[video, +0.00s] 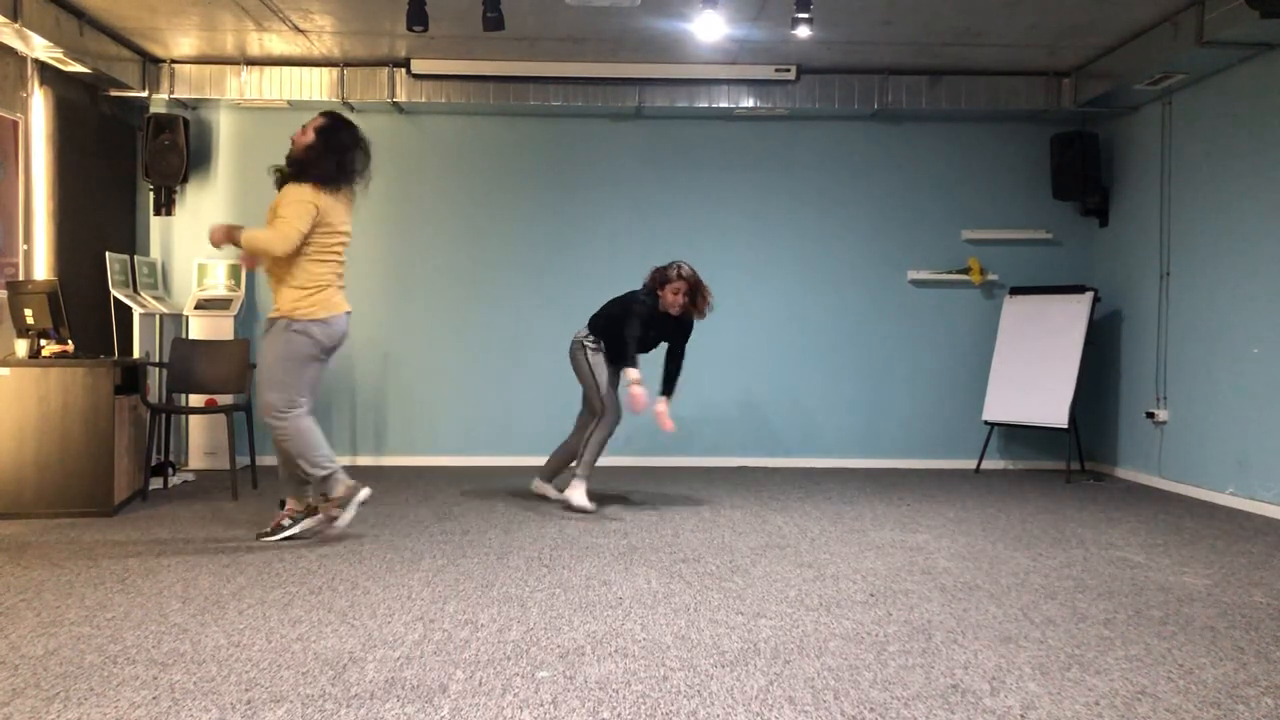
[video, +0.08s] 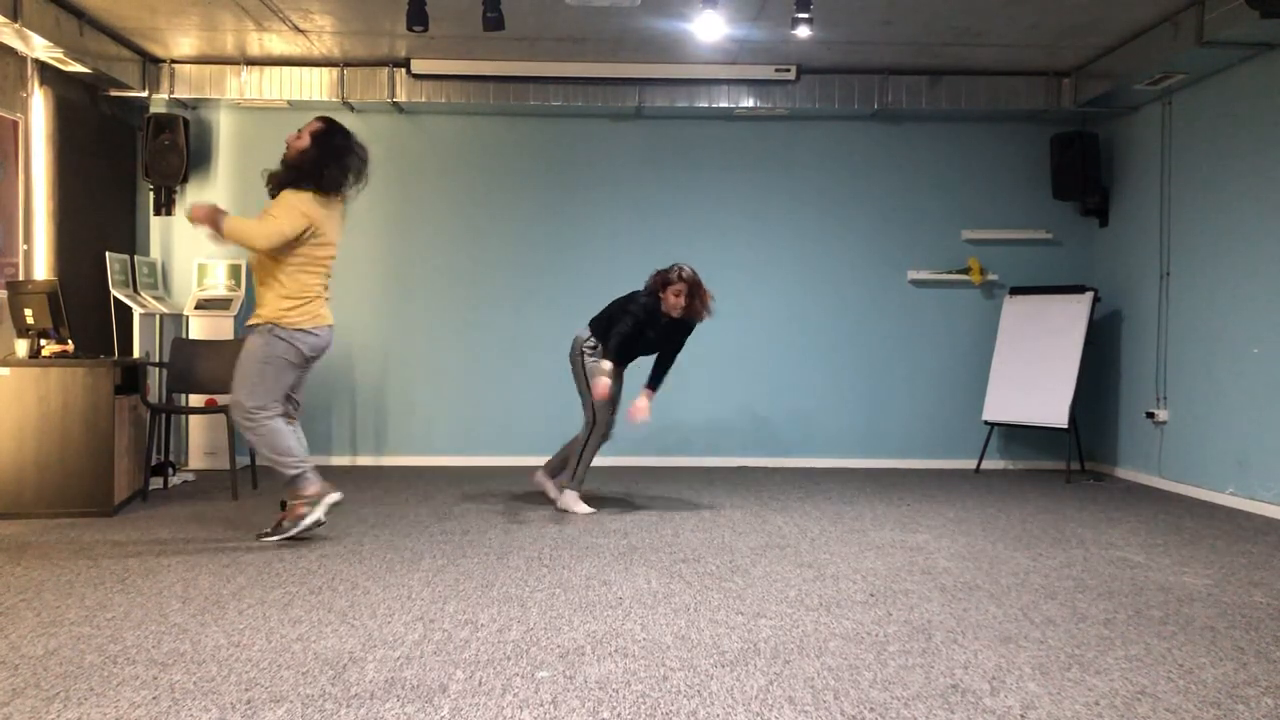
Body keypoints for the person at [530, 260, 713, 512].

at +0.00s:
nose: (681, 300)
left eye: (686, 294)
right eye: (675, 293)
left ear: (691, 297)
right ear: (661, 289)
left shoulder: (683, 322)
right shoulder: (640, 303)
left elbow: (674, 358)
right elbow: (628, 341)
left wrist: (664, 400)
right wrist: (634, 381)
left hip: (611, 360)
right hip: (588, 347)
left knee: (588, 423)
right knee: (610, 414)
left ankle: (542, 480)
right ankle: (577, 486)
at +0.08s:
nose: (682, 302)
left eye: (687, 296)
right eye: (677, 295)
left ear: (692, 298)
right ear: (662, 292)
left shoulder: (685, 323)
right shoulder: (641, 305)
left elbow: (667, 356)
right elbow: (616, 337)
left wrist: (647, 394)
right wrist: (604, 374)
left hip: (615, 363)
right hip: (589, 350)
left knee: (602, 430)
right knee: (598, 423)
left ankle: (547, 473)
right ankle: (569, 492)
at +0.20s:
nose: (690, 298)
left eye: (696, 293)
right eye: (685, 290)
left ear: (701, 295)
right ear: (670, 286)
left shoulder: (691, 319)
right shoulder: (647, 296)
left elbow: (664, 351)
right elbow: (603, 315)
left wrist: (629, 374)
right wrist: (568, 346)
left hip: (628, 354)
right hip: (598, 342)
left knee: (643, 416)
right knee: (605, 412)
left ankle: (596, 466)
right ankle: (572, 485)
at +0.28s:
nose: (697, 290)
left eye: (701, 285)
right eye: (692, 283)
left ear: (706, 286)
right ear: (676, 279)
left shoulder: (698, 312)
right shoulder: (655, 289)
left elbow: (669, 346)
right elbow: (608, 306)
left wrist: (630, 365)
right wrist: (564, 336)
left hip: (638, 353)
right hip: (607, 340)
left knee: (665, 407)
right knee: (609, 414)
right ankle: (573, 484)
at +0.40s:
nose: (718, 272)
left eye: (721, 265)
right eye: (712, 264)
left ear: (725, 269)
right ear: (694, 264)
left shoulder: (720, 298)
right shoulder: (666, 286)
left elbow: (692, 339)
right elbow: (624, 310)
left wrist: (654, 363)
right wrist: (575, 337)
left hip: (667, 361)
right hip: (634, 354)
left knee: (712, 411)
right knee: (620, 429)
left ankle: (714, 490)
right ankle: (574, 493)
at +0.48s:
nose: (731, 258)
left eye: (733, 251)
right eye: (725, 252)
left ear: (735, 255)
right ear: (704, 255)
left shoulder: (734, 285)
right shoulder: (679, 283)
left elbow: (714, 332)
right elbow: (640, 314)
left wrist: (684, 363)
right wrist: (593, 345)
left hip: (688, 361)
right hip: (657, 356)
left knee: (731, 418)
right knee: (638, 431)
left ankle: (726, 498)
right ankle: (580, 485)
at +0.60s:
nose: (755, 226)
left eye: (754, 220)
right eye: (747, 222)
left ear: (753, 227)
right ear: (727, 230)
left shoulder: (760, 258)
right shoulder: (706, 267)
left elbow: (766, 306)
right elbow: (687, 317)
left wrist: (773, 353)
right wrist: (666, 367)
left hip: (730, 351)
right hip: (698, 350)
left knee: (758, 415)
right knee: (728, 420)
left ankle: (734, 488)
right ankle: (670, 474)